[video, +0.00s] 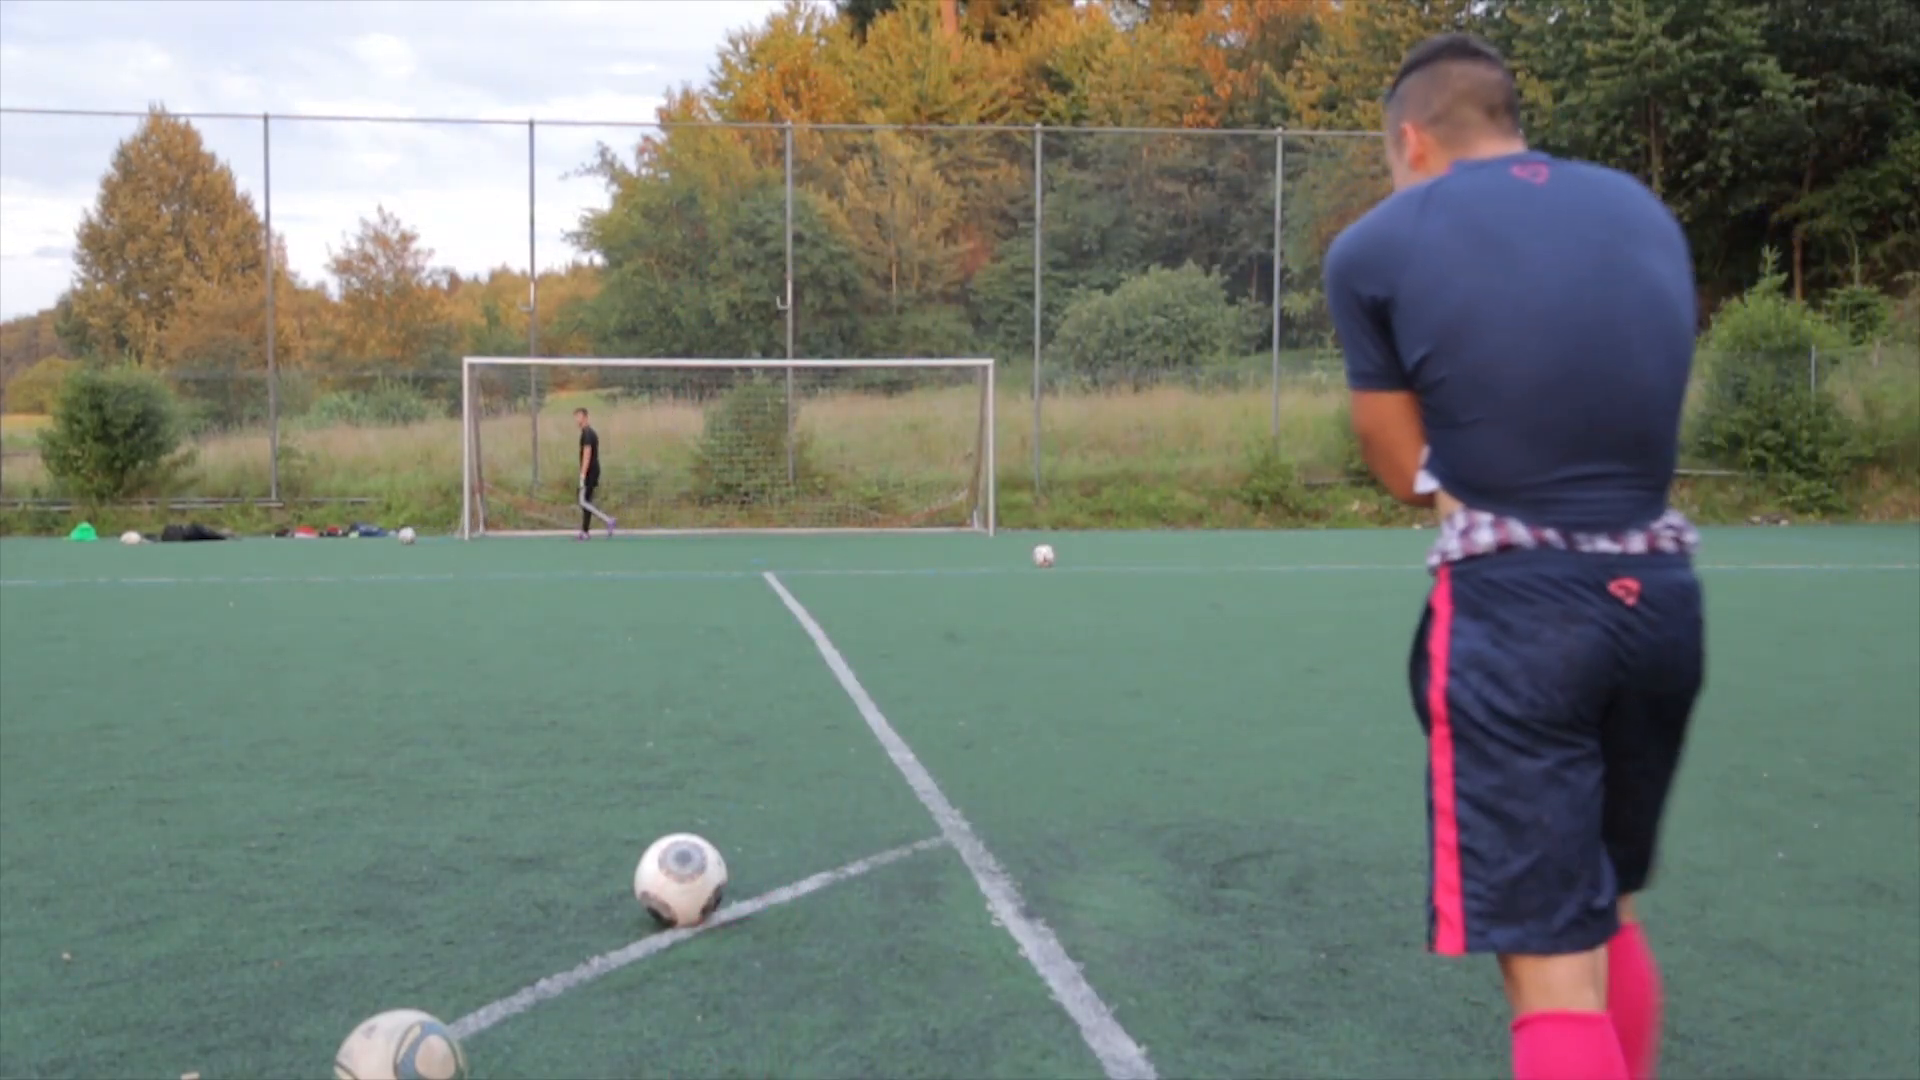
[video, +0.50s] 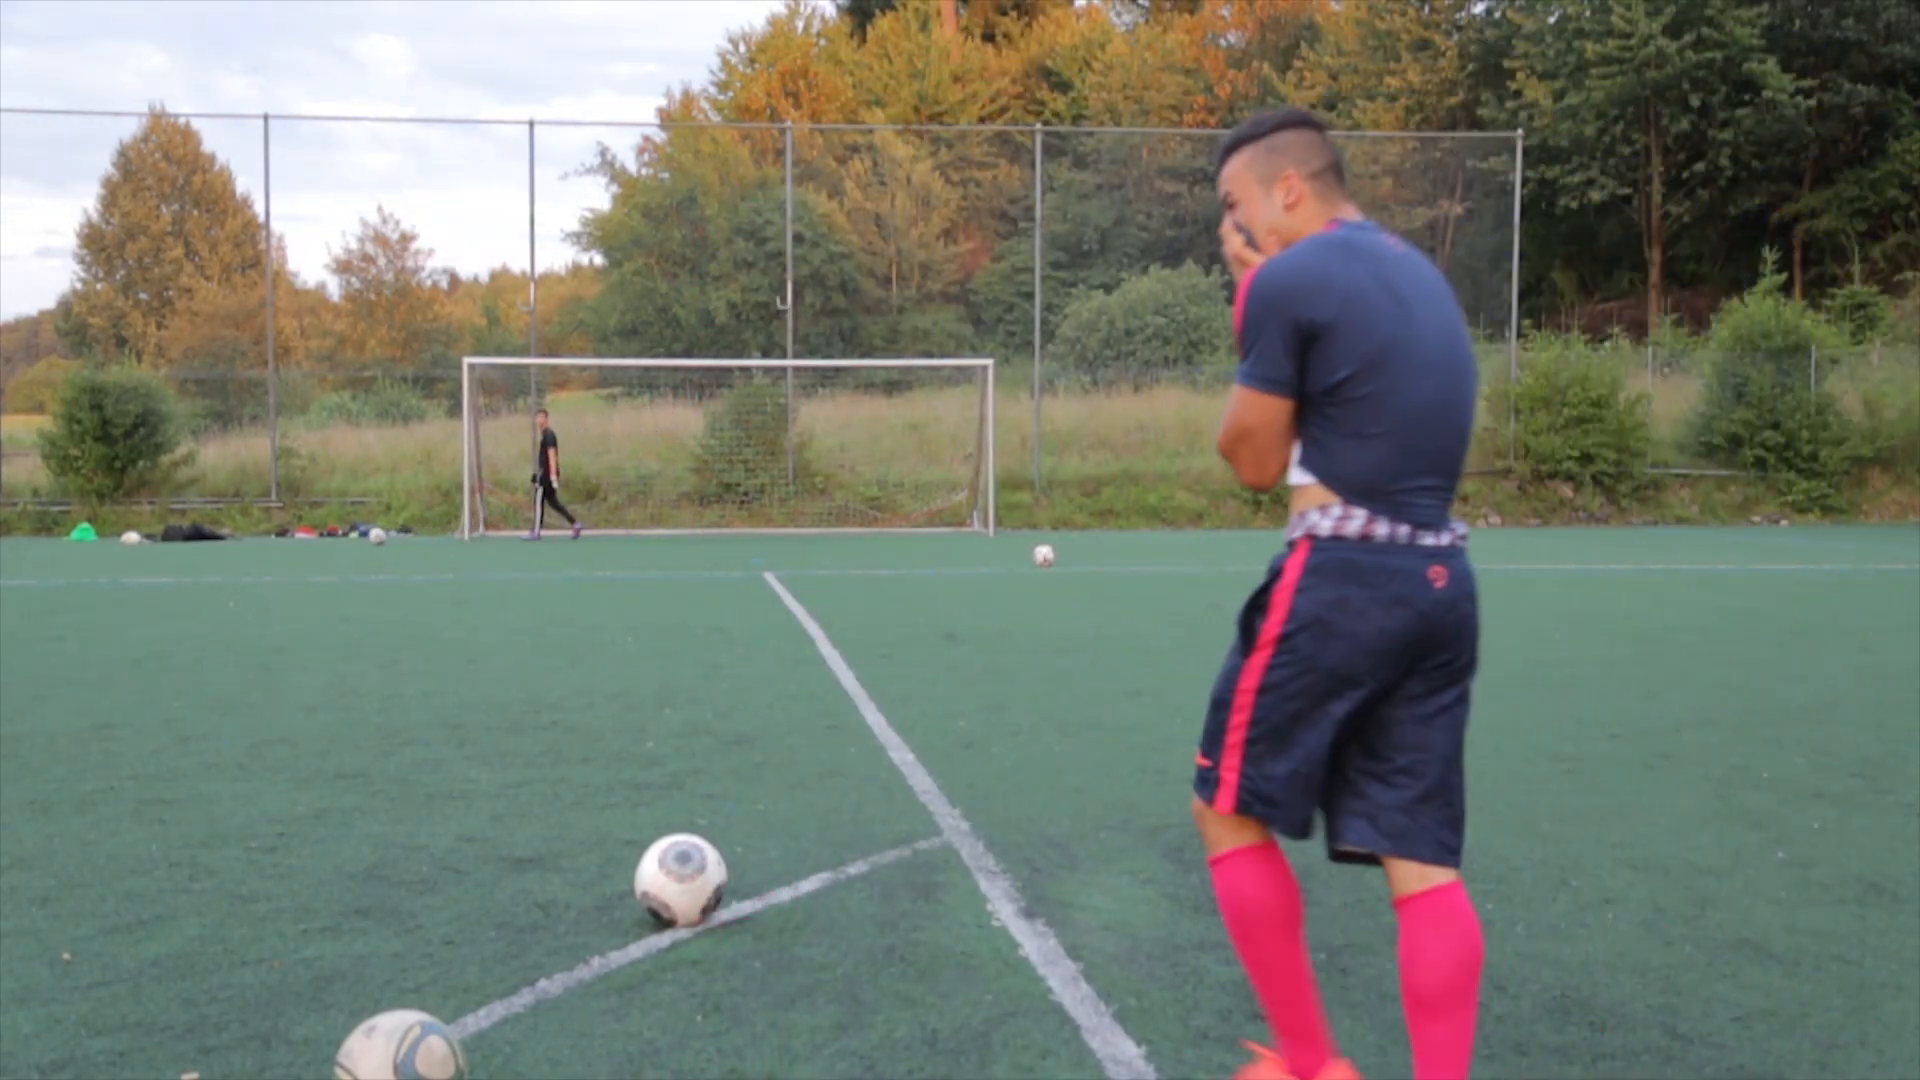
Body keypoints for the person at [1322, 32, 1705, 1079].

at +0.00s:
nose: (1394, 176)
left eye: (1391, 155)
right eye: (1394, 157)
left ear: (1414, 141)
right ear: (1513, 129)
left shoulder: (1377, 249)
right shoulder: (1642, 210)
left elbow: (1404, 469)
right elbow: (1646, 397)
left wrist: (1549, 436)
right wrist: (1476, 462)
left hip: (1512, 618)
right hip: (1660, 608)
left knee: (1552, 968)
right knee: (1613, 908)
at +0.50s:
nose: (1240, 234)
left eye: (1242, 212)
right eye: (1234, 216)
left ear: (1289, 189)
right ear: (1322, 191)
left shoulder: (1295, 277)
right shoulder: (1414, 269)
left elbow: (1254, 461)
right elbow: (1368, 427)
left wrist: (1255, 304)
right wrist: (1270, 297)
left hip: (1335, 580)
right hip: (1439, 584)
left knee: (1231, 807)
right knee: (1421, 851)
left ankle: (1305, 1055)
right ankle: (1446, 1071)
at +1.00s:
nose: (1083, 264)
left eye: (1082, 249)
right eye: (1081, 251)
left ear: (1109, 234)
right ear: (1165, 226)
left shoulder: (1086, 317)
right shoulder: (1246, 295)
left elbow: (1090, 461)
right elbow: (1236, 423)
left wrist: (1098, 339)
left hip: (1161, 567)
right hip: (1250, 562)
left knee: (1178, 801)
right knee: (1214, 763)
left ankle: (1214, 1026)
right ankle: (1208, 948)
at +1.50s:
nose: (954, 291)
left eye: (960, 274)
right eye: (951, 277)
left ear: (1004, 266)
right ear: (1016, 271)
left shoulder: (1021, 338)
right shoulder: (1080, 323)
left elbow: (983, 466)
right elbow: (1042, 434)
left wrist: (985, 351)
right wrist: (987, 342)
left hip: (1049, 555)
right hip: (1108, 552)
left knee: (978, 725)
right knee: (1083, 734)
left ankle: (1019, 898)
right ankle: (1129, 919)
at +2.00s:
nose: (841, 333)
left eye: (847, 314)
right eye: (828, 321)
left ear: (886, 298)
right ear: (825, 323)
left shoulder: (945, 359)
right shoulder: (860, 362)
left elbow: (918, 481)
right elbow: (855, 478)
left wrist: (875, 385)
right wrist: (848, 384)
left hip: (964, 554)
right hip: (903, 553)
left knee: (962, 734)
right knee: (871, 727)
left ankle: (997, 897)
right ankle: (850, 888)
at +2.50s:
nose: (832, 336)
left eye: (845, 319)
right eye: (814, 323)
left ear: (866, 299)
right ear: (791, 310)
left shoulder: (912, 364)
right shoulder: (766, 357)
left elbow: (900, 487)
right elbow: (777, 480)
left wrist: (857, 392)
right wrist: (817, 391)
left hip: (897, 566)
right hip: (812, 573)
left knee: (885, 734)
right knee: (817, 744)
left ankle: (861, 921)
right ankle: (834, 890)